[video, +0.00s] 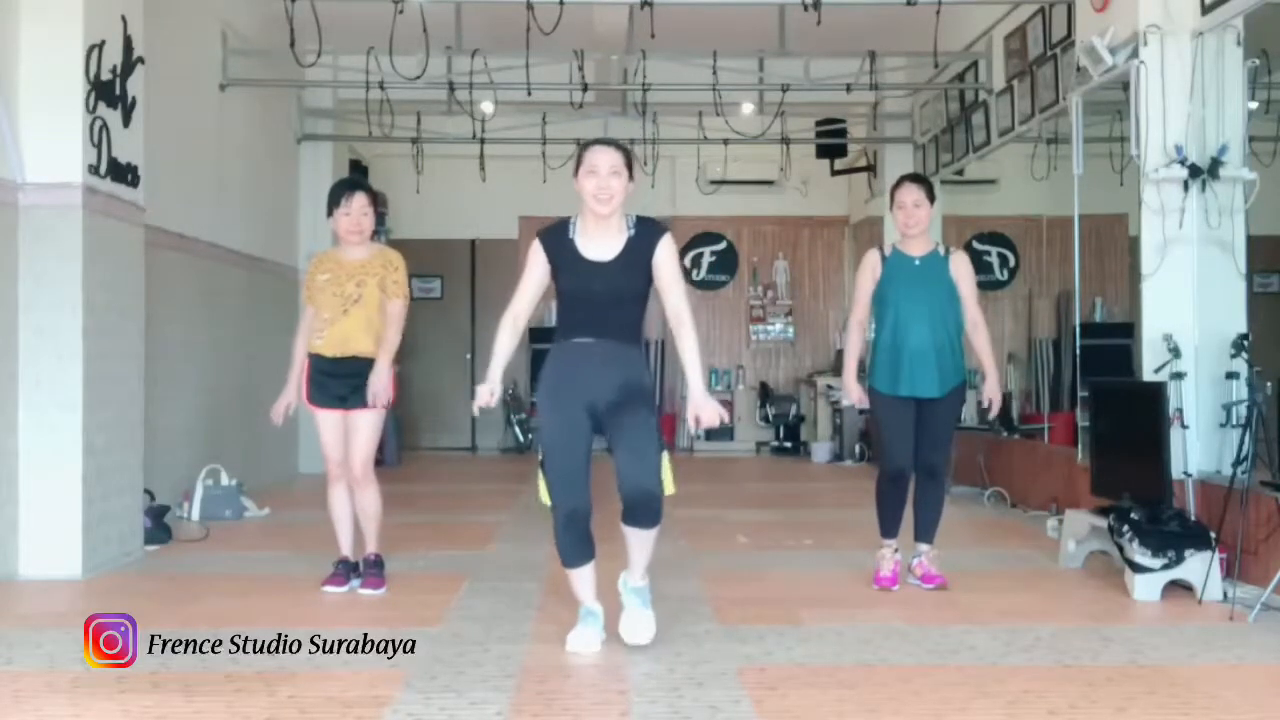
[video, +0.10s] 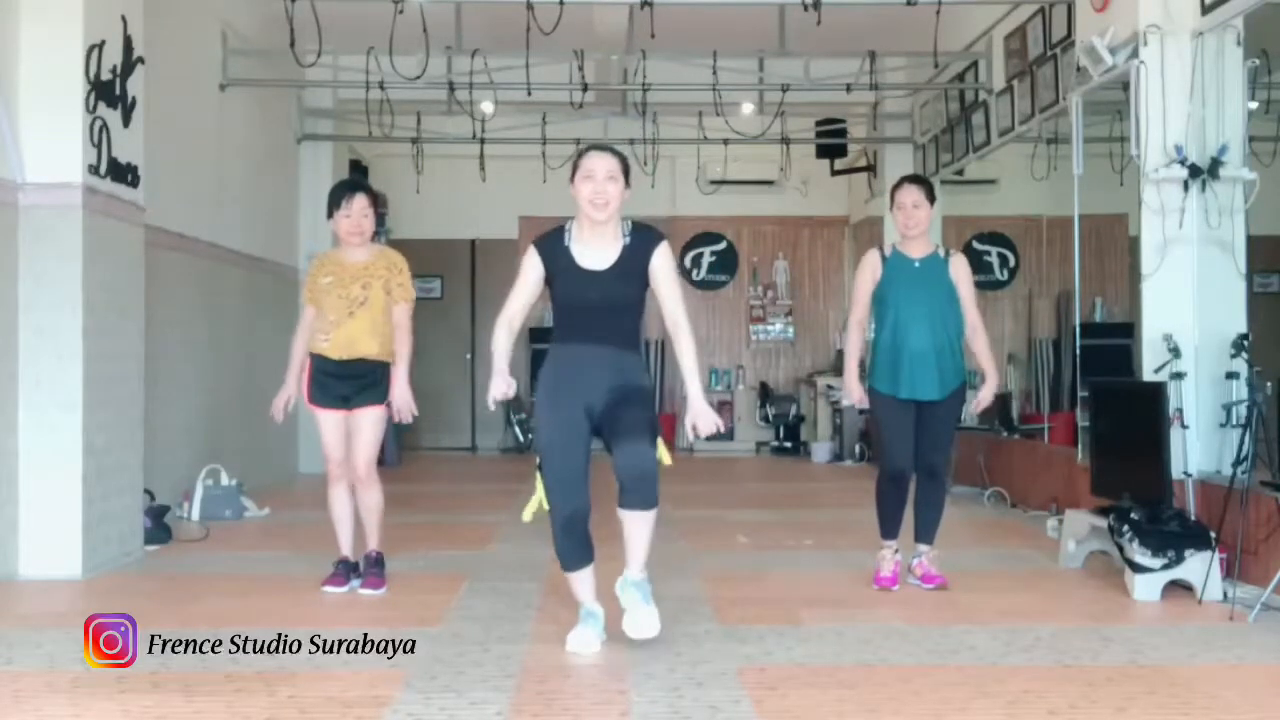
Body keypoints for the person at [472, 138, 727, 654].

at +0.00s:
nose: (603, 183)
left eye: (614, 174)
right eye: (592, 173)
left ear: (629, 183)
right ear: (576, 181)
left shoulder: (652, 240)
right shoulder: (550, 243)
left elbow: (679, 317)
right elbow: (518, 314)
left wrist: (698, 390)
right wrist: (494, 375)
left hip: (628, 379)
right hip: (563, 380)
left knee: (643, 490)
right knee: (569, 503)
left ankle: (636, 585)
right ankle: (589, 611)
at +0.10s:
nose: (599, 187)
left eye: (610, 179)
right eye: (588, 178)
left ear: (625, 190)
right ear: (572, 187)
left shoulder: (649, 246)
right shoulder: (546, 249)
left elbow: (677, 324)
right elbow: (509, 319)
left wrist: (697, 397)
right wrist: (500, 369)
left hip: (626, 383)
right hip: (561, 384)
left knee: (639, 466)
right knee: (567, 504)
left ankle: (635, 578)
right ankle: (589, 611)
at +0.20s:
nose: (597, 176)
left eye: (609, 167)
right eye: (587, 166)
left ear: (624, 177)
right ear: (570, 175)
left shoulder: (647, 233)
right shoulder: (544, 236)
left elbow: (677, 307)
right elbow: (503, 307)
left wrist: (694, 378)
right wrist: (506, 340)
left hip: (625, 375)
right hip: (559, 375)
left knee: (638, 461)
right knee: (568, 500)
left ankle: (630, 596)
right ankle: (588, 611)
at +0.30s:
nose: (596, 167)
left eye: (607, 158)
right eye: (586, 157)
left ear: (623, 167)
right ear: (569, 164)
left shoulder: (644, 223)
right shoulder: (541, 223)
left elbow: (676, 296)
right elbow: (506, 294)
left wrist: (692, 364)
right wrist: (519, 311)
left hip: (624, 364)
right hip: (560, 364)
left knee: (633, 483)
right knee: (572, 496)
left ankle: (626, 615)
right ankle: (588, 612)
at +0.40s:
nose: (595, 169)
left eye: (606, 160)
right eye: (585, 159)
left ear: (621, 170)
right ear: (567, 166)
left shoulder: (641, 226)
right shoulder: (539, 227)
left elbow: (667, 293)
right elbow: (509, 302)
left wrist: (686, 360)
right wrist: (530, 298)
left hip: (623, 366)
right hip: (558, 367)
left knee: (626, 492)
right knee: (572, 497)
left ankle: (623, 627)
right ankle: (588, 611)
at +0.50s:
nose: (594, 172)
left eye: (604, 163)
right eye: (583, 162)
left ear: (619, 173)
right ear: (565, 171)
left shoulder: (641, 231)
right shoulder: (540, 235)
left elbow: (660, 296)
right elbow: (516, 316)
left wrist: (673, 362)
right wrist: (533, 300)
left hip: (624, 370)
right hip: (559, 370)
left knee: (627, 492)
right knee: (571, 502)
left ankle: (622, 623)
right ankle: (588, 611)